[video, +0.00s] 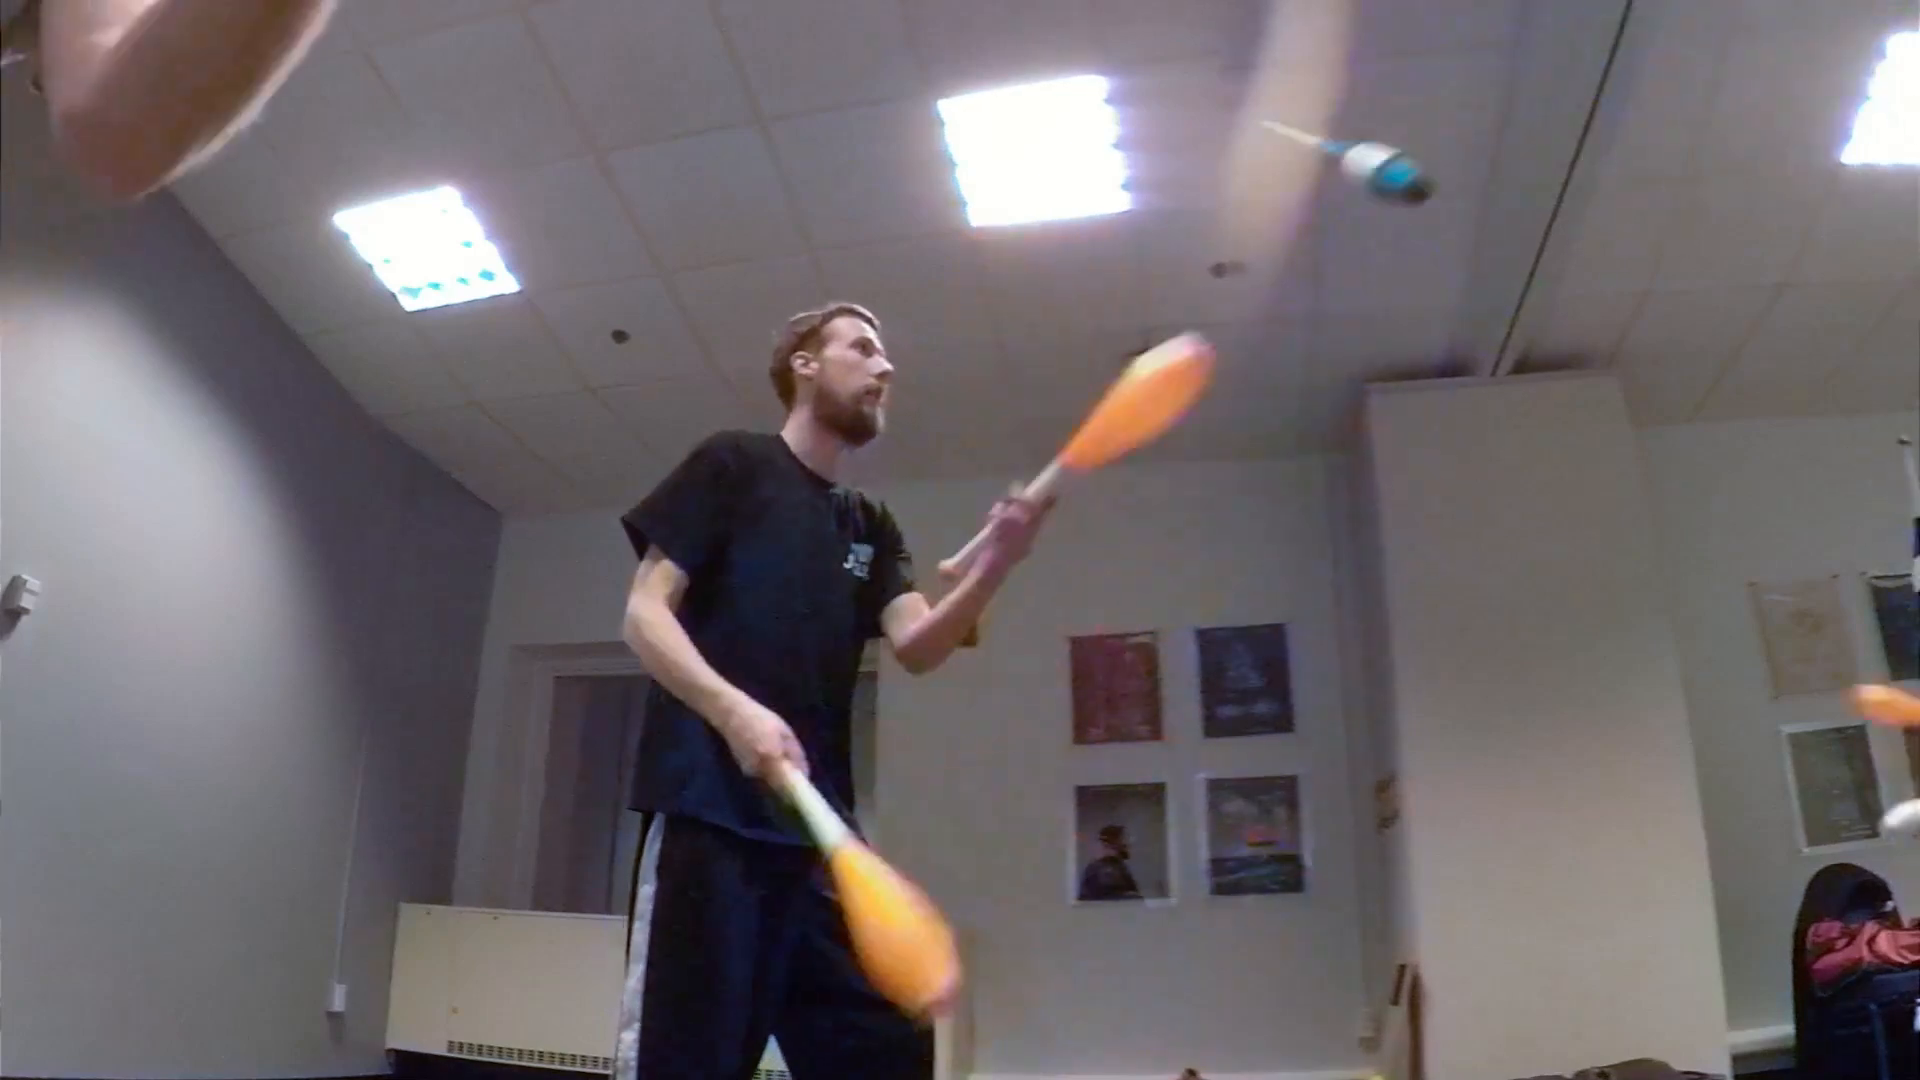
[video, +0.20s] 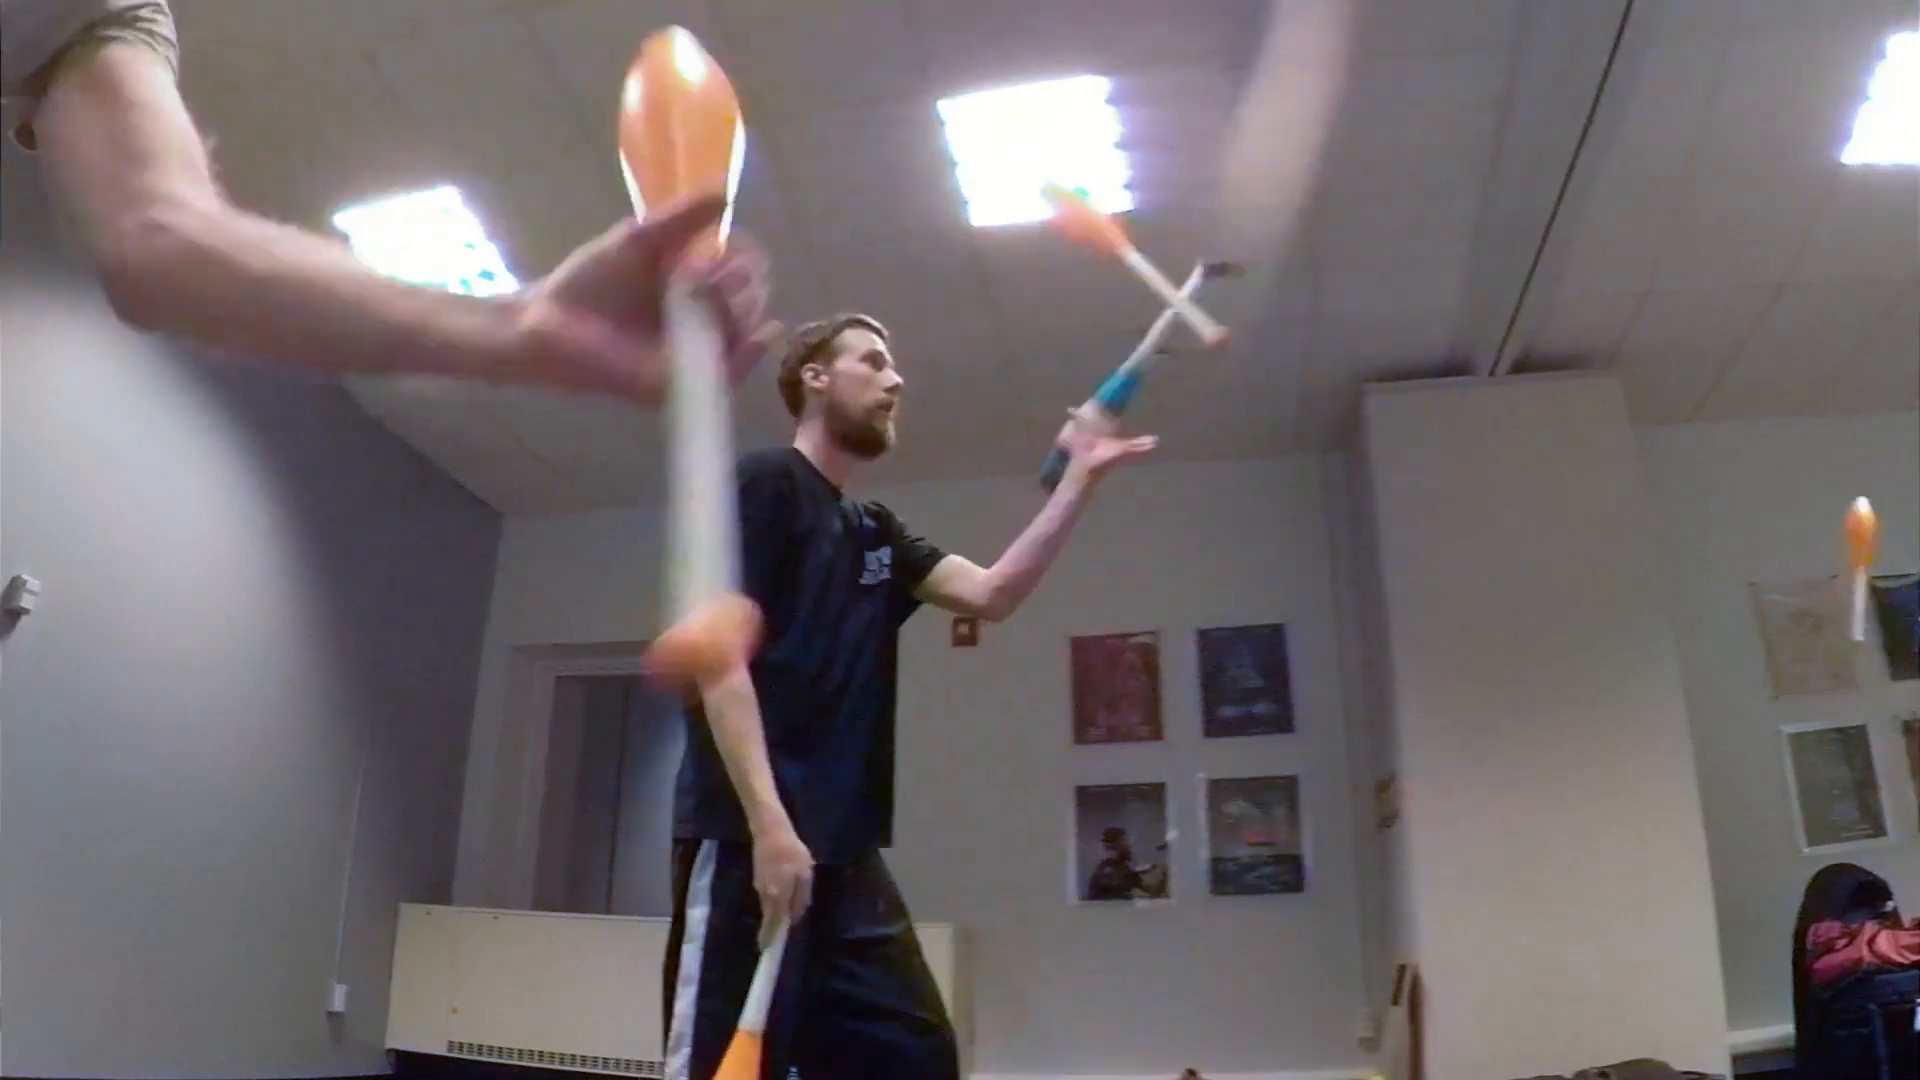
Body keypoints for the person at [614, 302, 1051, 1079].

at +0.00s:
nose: (885, 367)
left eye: (884, 357)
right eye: (862, 348)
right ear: (802, 365)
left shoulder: (867, 524)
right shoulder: (731, 463)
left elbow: (918, 644)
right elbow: (644, 614)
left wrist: (992, 558)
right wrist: (734, 712)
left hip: (822, 836)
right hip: (709, 825)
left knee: (883, 1046)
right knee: (694, 1056)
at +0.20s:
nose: (895, 381)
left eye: (894, 369)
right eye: (873, 361)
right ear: (813, 377)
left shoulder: (875, 532)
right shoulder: (762, 485)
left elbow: (988, 592)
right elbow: (717, 660)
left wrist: (1079, 472)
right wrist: (770, 827)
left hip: (842, 846)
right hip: (744, 841)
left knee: (918, 1053)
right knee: (711, 1065)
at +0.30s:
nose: (915, 384)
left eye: (913, 371)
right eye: (893, 365)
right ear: (835, 382)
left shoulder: (868, 533)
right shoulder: (809, 483)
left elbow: (977, 624)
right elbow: (792, 664)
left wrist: (1058, 521)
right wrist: (869, 835)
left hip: (846, 850)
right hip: (770, 841)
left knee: (934, 1050)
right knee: (742, 1064)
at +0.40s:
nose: (943, 389)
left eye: (938, 375)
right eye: (921, 371)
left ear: (877, 390)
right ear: (866, 384)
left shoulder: (853, 491)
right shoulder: (854, 477)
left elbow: (898, 679)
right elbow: (893, 657)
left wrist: (1025, 631)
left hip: (850, 844)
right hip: (784, 838)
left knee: (932, 1054)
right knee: (741, 1063)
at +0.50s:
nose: (967, 396)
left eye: (964, 382)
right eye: (948, 376)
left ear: (899, 394)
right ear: (893, 387)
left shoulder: (869, 502)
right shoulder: (871, 477)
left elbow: (876, 700)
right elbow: (978, 627)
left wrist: (1016, 735)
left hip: (851, 840)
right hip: (786, 826)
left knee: (927, 1052)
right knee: (739, 1060)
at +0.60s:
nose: (980, 399)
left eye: (976, 382)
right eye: (959, 379)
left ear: (913, 398)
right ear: (903, 393)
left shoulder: (888, 509)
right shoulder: (871, 475)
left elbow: (883, 710)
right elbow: (959, 624)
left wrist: (1001, 807)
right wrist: (1147, 656)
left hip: (851, 838)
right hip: (783, 820)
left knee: (928, 1052)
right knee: (734, 1057)